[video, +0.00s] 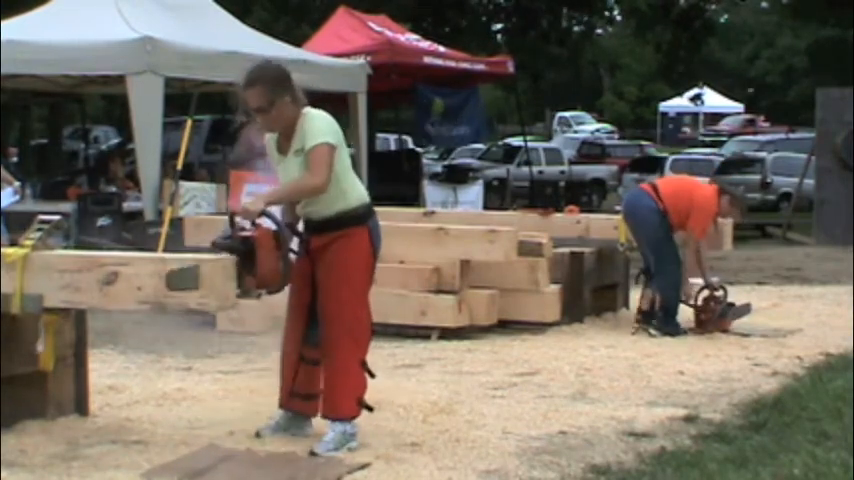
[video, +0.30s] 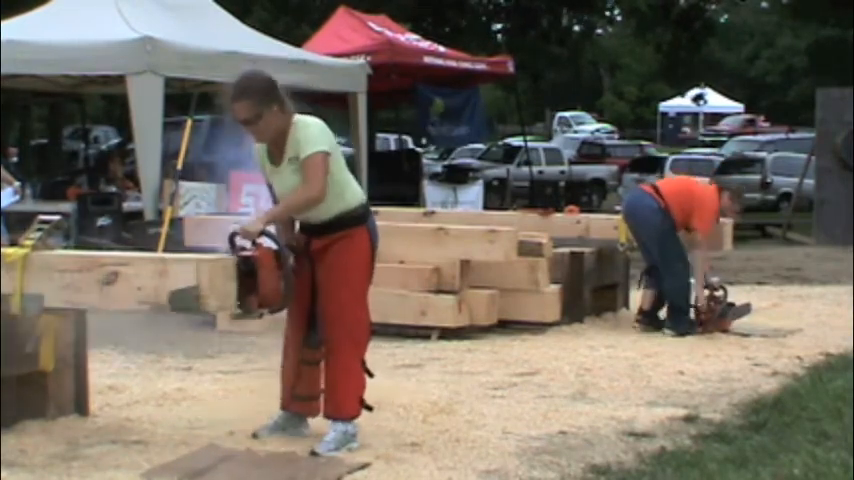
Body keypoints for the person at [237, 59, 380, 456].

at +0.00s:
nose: (260, 120)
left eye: (265, 109)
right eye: (254, 113)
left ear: (290, 99)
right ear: (252, 111)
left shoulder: (318, 124)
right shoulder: (274, 141)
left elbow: (319, 180)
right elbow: (290, 199)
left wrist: (267, 198)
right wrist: (283, 244)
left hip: (349, 233)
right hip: (313, 237)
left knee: (342, 324)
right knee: (302, 323)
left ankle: (344, 423)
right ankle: (297, 413)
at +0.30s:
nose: (250, 131)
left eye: (253, 121)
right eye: (244, 124)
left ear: (276, 107)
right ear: (245, 119)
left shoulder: (310, 130)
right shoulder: (264, 150)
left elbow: (315, 191)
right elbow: (284, 206)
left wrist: (265, 218)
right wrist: (286, 242)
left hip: (347, 235)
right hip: (309, 239)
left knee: (343, 325)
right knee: (302, 325)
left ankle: (344, 422)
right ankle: (296, 413)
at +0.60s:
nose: (245, 145)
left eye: (247, 135)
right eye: (238, 139)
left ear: (270, 121)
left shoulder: (302, 147)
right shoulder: (266, 164)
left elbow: (302, 214)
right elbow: (289, 221)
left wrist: (256, 254)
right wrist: (285, 275)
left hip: (349, 236)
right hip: (314, 240)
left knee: (341, 324)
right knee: (302, 321)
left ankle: (344, 423)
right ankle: (295, 414)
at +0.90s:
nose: (239, 145)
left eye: (240, 134)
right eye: (232, 139)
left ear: (263, 119)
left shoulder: (297, 144)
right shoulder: (262, 162)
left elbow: (301, 208)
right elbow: (282, 218)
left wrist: (249, 243)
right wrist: (275, 270)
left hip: (342, 237)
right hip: (307, 241)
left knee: (337, 325)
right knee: (296, 323)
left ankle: (343, 424)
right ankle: (293, 416)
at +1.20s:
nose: (237, 138)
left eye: (239, 128)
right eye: (231, 132)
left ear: (261, 113)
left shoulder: (295, 137)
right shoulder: (259, 156)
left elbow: (307, 198)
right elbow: (284, 210)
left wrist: (253, 227)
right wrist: (277, 256)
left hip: (336, 236)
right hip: (301, 241)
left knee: (332, 325)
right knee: (293, 325)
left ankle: (342, 423)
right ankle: (293, 414)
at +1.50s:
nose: (246, 130)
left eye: (249, 120)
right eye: (240, 124)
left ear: (272, 106)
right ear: (239, 119)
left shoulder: (300, 130)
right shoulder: (261, 151)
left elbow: (315, 186)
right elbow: (287, 204)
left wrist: (264, 208)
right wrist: (280, 251)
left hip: (335, 237)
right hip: (298, 240)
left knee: (333, 325)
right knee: (290, 325)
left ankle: (342, 422)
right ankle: (292, 414)